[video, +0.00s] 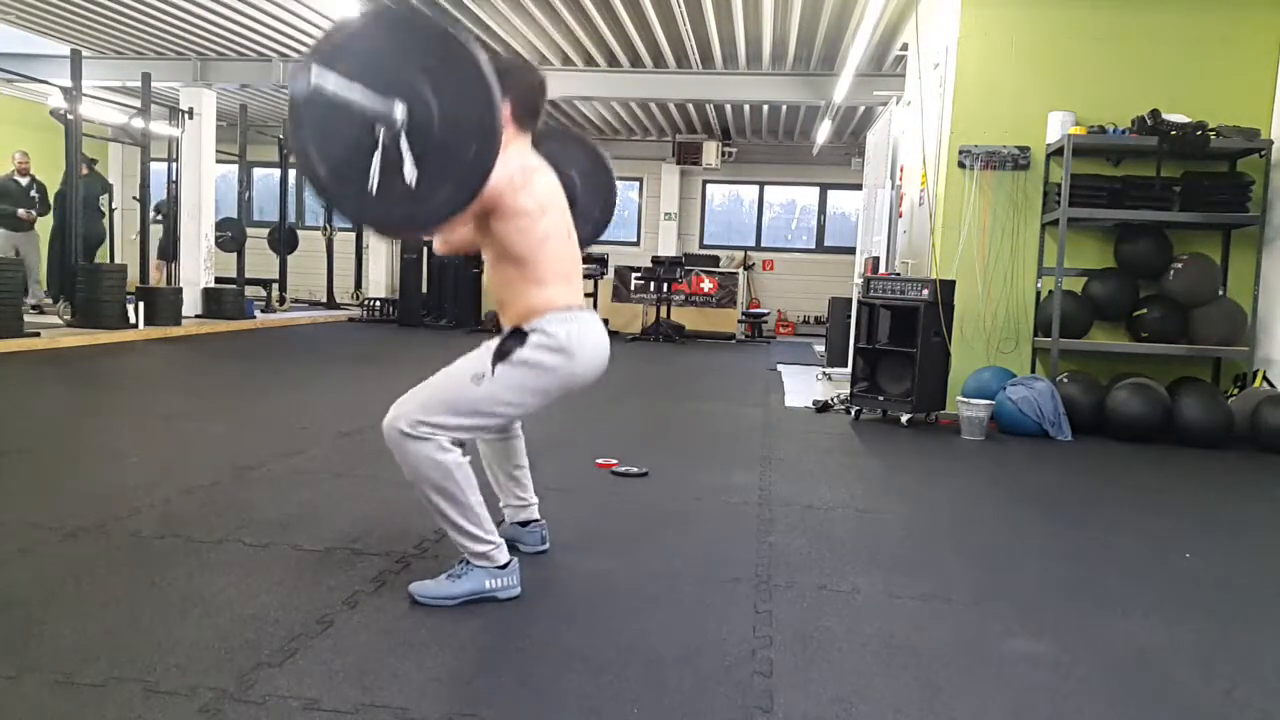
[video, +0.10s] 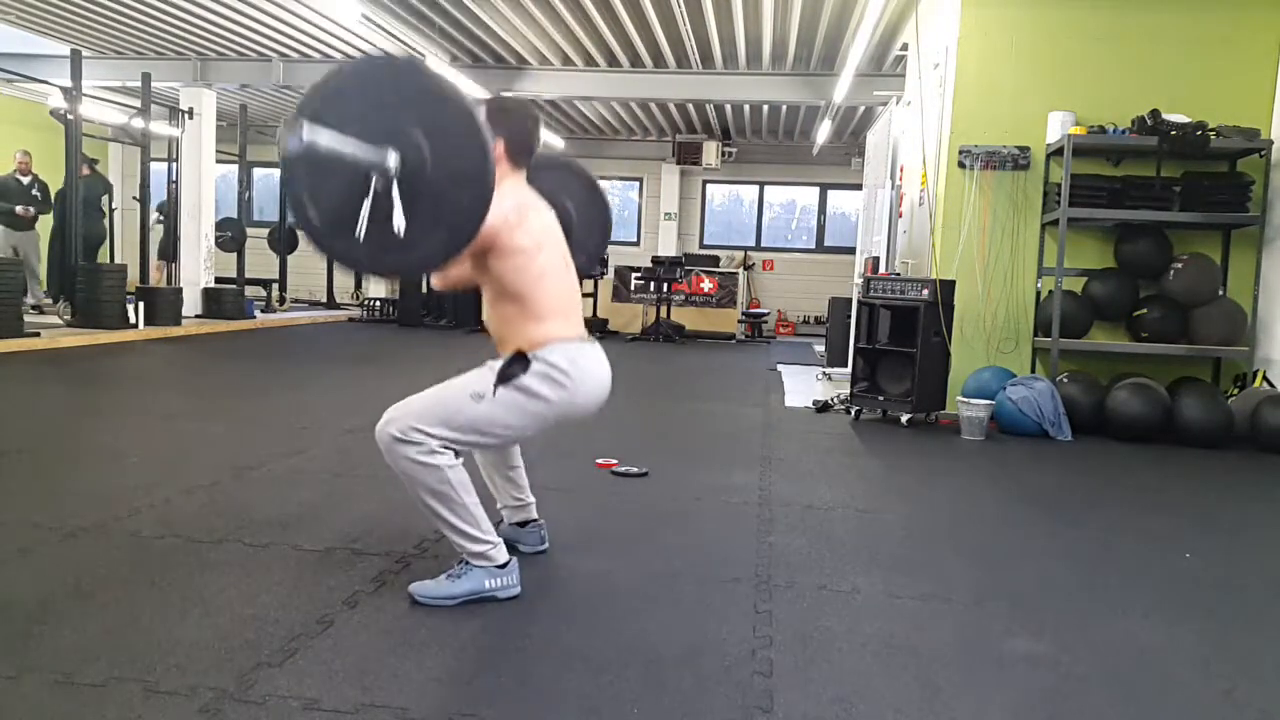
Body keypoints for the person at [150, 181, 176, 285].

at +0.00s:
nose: (171, 192)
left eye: (174, 189)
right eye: (169, 189)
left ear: (177, 190)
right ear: (166, 190)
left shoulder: (181, 203)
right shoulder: (161, 204)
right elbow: (152, 219)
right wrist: (164, 222)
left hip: (179, 237)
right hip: (166, 236)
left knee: (178, 264)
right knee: (160, 264)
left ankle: (177, 289)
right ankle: (153, 288)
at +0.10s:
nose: (173, 192)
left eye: (175, 189)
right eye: (171, 189)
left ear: (178, 190)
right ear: (167, 190)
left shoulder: (181, 204)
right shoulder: (163, 204)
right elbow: (155, 218)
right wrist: (165, 222)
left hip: (179, 236)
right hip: (167, 235)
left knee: (177, 264)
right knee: (160, 264)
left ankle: (177, 288)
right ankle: (153, 287)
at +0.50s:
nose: (173, 190)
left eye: (175, 188)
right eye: (171, 188)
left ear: (178, 189)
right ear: (167, 189)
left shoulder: (180, 203)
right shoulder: (162, 203)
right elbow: (159, 218)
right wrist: (164, 226)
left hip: (178, 235)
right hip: (165, 235)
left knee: (175, 262)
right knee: (157, 263)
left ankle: (175, 286)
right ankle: (153, 285)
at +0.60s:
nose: (168, 191)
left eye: (171, 188)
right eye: (166, 188)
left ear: (176, 190)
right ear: (163, 190)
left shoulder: (179, 204)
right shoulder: (158, 204)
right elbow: (154, 221)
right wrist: (153, 236)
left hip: (177, 236)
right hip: (163, 236)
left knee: (175, 264)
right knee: (156, 264)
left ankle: (175, 288)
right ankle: (153, 287)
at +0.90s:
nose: (156, 190)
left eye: (159, 187)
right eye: (154, 187)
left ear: (165, 188)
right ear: (152, 189)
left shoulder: (172, 201)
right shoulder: (150, 202)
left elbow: (176, 218)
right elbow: (144, 216)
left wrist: (177, 233)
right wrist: (141, 228)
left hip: (169, 233)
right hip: (154, 233)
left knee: (173, 261)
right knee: (151, 260)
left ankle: (173, 285)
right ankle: (149, 283)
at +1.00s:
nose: (153, 189)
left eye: (155, 186)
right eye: (151, 187)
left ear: (161, 188)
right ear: (149, 188)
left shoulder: (169, 200)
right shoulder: (148, 201)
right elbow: (141, 212)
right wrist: (134, 221)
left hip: (166, 235)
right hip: (151, 234)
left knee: (169, 261)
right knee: (149, 260)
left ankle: (172, 284)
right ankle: (149, 283)